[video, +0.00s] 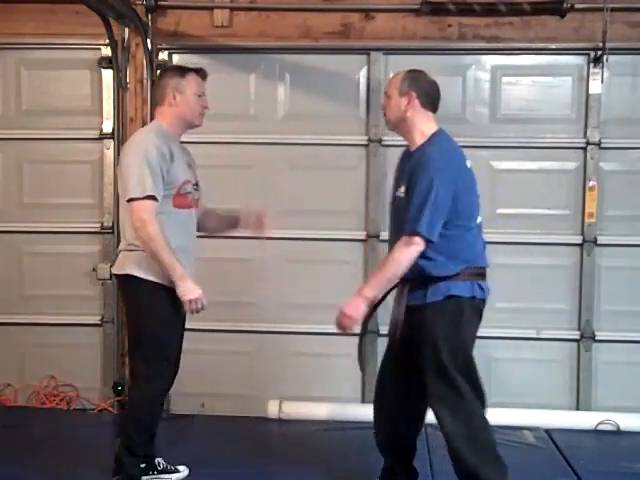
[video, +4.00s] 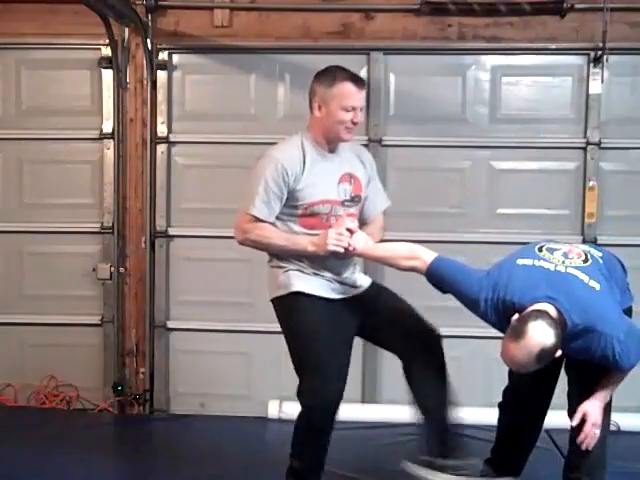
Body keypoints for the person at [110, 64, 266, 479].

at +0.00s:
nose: (207, 104)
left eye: (206, 96)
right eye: (200, 96)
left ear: (178, 98)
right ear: (174, 97)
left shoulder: (181, 152)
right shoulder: (145, 144)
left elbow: (196, 219)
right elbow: (142, 222)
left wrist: (240, 221)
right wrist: (181, 279)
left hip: (168, 279)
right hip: (144, 277)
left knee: (161, 371)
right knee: (151, 372)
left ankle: (142, 458)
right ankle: (133, 463)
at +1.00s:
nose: (177, 105)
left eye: (175, 97)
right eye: (169, 97)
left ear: (143, 104)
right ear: (141, 102)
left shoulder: (145, 145)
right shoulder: (137, 141)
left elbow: (188, 188)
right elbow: (196, 170)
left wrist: (226, 198)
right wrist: (265, 143)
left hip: (156, 272)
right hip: (159, 271)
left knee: (150, 377)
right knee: (243, 335)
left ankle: (115, 470)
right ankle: (311, 425)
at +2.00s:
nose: (278, 123)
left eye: (277, 115)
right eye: (274, 115)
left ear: (231, 122)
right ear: (251, 117)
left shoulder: (204, 183)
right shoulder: (278, 139)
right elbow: (334, 186)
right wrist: (345, 233)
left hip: (242, 311)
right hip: (291, 300)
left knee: (248, 387)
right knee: (339, 402)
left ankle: (198, 469)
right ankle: (340, 474)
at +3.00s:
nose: (319, 100)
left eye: (317, 91)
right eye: (312, 92)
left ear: (280, 99)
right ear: (282, 98)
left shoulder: (272, 134)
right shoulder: (285, 134)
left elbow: (317, 200)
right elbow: (354, 179)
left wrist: (353, 167)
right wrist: (382, 164)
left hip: (266, 279)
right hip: (276, 281)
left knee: (298, 373)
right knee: (313, 374)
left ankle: (283, 454)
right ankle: (292, 469)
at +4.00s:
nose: (356, 118)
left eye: (360, 110)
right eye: (347, 109)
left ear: (362, 112)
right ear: (318, 107)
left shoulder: (359, 158)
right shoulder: (284, 158)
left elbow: (377, 220)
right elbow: (247, 230)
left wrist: (362, 242)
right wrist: (312, 242)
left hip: (355, 287)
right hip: (305, 290)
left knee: (422, 341)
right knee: (323, 391)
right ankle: (303, 475)